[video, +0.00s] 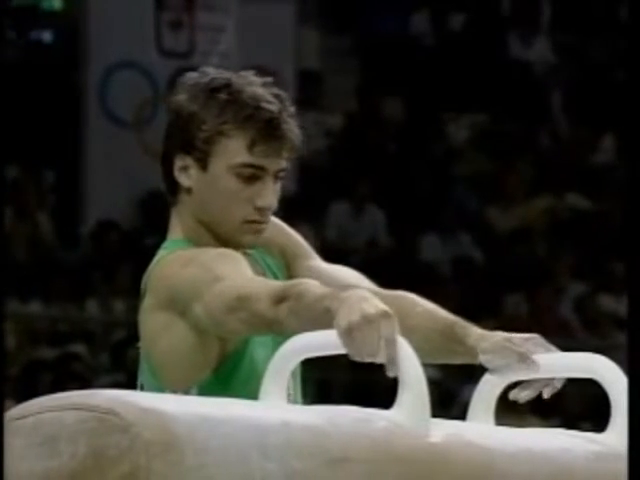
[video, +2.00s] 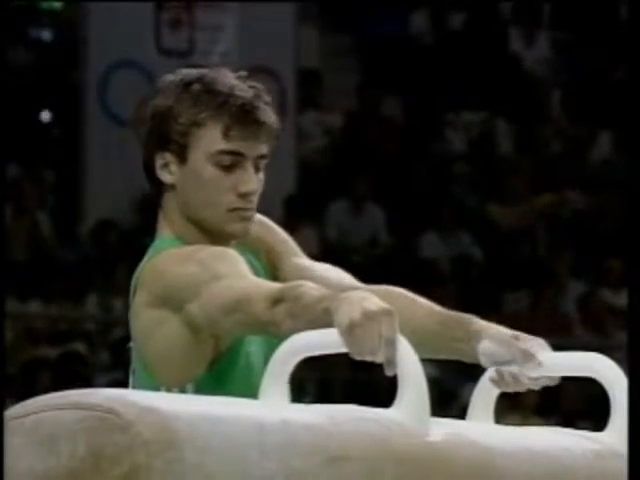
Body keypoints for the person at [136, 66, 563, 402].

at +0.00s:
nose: (268, 197)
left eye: (277, 178)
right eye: (248, 176)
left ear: (286, 172)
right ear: (186, 172)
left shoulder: (272, 241)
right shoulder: (188, 270)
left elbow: (371, 298)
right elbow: (271, 305)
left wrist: (477, 342)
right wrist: (339, 306)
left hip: (267, 466)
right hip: (199, 470)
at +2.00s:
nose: (251, 185)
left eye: (259, 165)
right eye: (228, 164)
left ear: (267, 164)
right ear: (168, 167)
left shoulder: (255, 237)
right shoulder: (182, 269)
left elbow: (356, 293)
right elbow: (270, 306)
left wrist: (480, 338)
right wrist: (342, 303)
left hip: (247, 465)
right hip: (186, 469)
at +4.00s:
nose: (243, 183)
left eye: (250, 161)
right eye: (219, 164)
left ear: (258, 157)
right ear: (161, 172)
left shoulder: (268, 210)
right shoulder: (169, 266)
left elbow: (381, 279)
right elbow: (268, 294)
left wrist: (476, 333)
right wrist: (342, 297)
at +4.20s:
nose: (228, 220)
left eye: (232, 195)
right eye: (201, 203)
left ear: (240, 186)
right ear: (141, 214)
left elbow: (387, 273)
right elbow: (258, 319)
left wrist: (471, 341)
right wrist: (352, 302)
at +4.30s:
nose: (217, 283)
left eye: (217, 262)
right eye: (189, 270)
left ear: (225, 255)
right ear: (130, 290)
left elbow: (344, 314)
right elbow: (263, 358)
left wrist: (462, 352)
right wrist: (350, 312)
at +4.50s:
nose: (285, 225)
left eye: (293, 211)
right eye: (274, 208)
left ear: (298, 208)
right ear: (226, 195)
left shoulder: (287, 251)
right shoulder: (189, 237)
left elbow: (346, 343)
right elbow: (235, 293)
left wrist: (411, 349)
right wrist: (323, 305)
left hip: (256, 430)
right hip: (181, 429)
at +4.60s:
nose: (363, 183)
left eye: (371, 171)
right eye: (360, 163)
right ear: (323, 137)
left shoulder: (332, 207)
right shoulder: (270, 155)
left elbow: (333, 298)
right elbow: (248, 242)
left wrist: (390, 337)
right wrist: (318, 305)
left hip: (251, 371)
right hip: (192, 363)